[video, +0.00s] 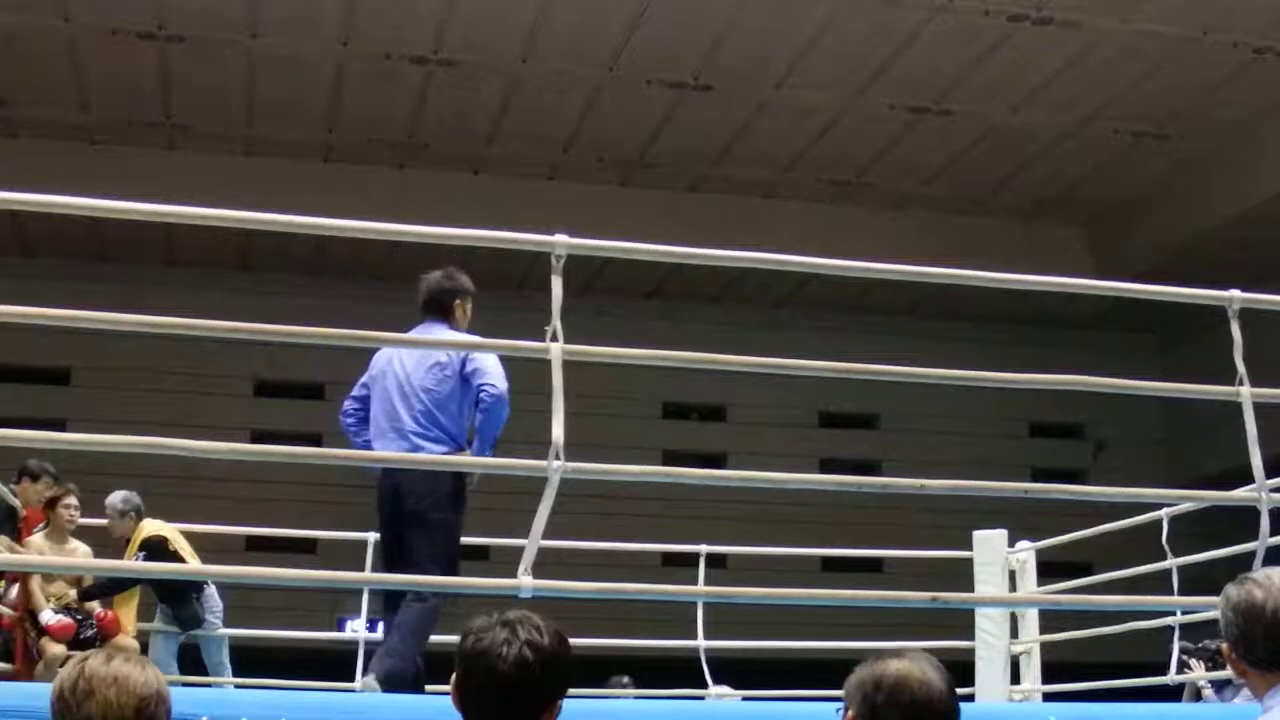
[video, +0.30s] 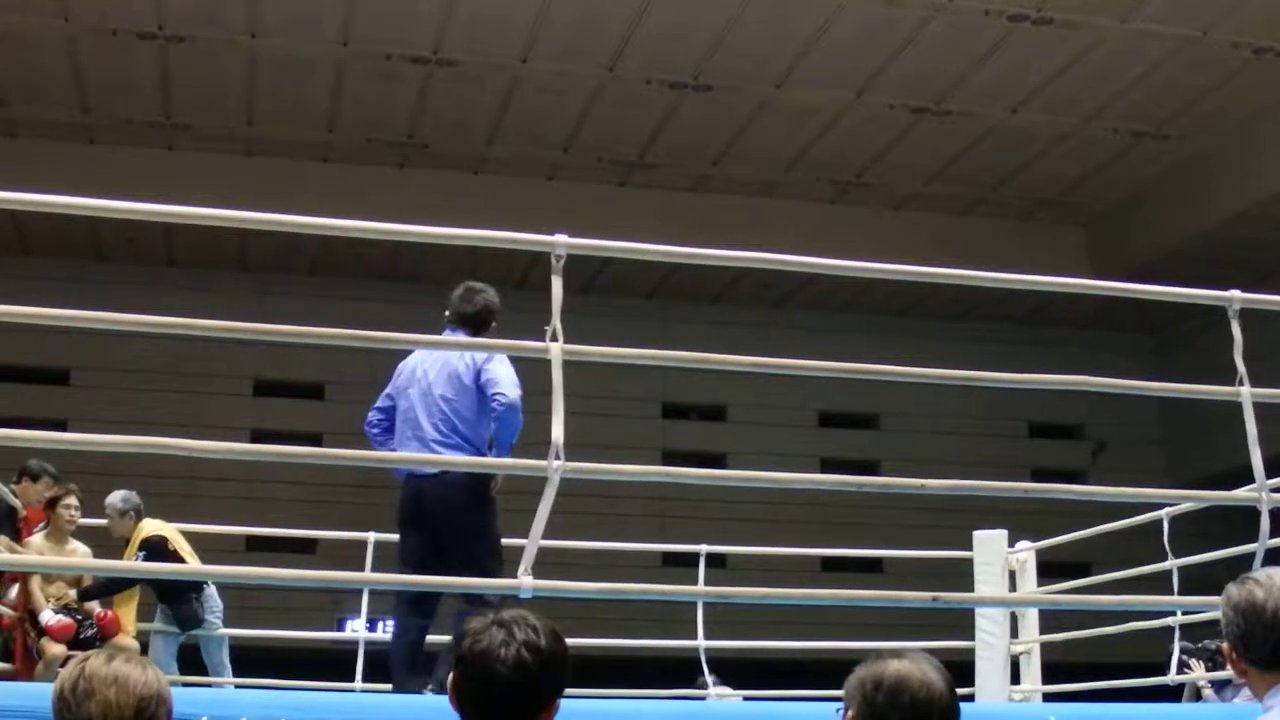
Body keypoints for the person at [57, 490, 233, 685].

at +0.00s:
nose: (107, 523)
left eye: (111, 518)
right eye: (107, 518)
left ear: (130, 519)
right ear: (130, 518)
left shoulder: (154, 539)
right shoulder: (140, 536)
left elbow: (125, 581)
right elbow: (123, 582)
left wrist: (79, 595)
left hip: (201, 601)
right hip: (171, 603)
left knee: (218, 666)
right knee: (161, 661)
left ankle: (229, 713)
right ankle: (174, 709)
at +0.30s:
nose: (107, 523)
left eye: (111, 517)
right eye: (107, 518)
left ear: (130, 517)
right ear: (129, 517)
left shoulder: (154, 538)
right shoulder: (139, 536)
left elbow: (126, 580)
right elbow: (122, 580)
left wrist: (79, 595)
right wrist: (85, 592)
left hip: (201, 600)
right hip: (171, 602)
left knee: (218, 665)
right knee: (160, 660)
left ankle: (230, 712)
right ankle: (175, 710)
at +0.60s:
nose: (107, 524)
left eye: (110, 518)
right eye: (106, 518)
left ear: (129, 516)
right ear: (127, 517)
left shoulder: (153, 539)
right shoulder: (136, 538)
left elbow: (126, 580)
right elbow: (121, 578)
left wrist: (80, 595)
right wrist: (85, 592)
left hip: (201, 600)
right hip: (170, 603)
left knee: (217, 666)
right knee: (160, 660)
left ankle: (230, 712)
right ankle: (173, 711)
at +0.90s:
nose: (107, 525)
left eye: (110, 518)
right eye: (106, 519)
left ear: (129, 518)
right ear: (128, 518)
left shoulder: (153, 539)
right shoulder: (136, 538)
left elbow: (126, 581)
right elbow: (122, 579)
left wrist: (80, 595)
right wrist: (85, 593)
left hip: (201, 600)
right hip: (171, 604)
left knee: (218, 666)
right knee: (160, 660)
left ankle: (230, 712)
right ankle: (174, 710)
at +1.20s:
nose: (107, 524)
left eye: (111, 519)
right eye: (107, 519)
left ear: (130, 519)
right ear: (129, 518)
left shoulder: (154, 540)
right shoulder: (139, 537)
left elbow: (123, 582)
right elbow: (124, 582)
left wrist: (76, 596)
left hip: (201, 600)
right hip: (170, 603)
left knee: (218, 666)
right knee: (160, 661)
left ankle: (232, 714)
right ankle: (174, 710)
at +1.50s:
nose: (108, 524)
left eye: (111, 519)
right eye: (107, 519)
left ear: (131, 519)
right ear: (130, 519)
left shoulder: (155, 541)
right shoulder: (140, 537)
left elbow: (126, 582)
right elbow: (125, 580)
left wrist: (79, 596)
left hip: (201, 600)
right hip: (170, 603)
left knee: (218, 666)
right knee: (160, 661)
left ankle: (231, 714)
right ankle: (174, 711)